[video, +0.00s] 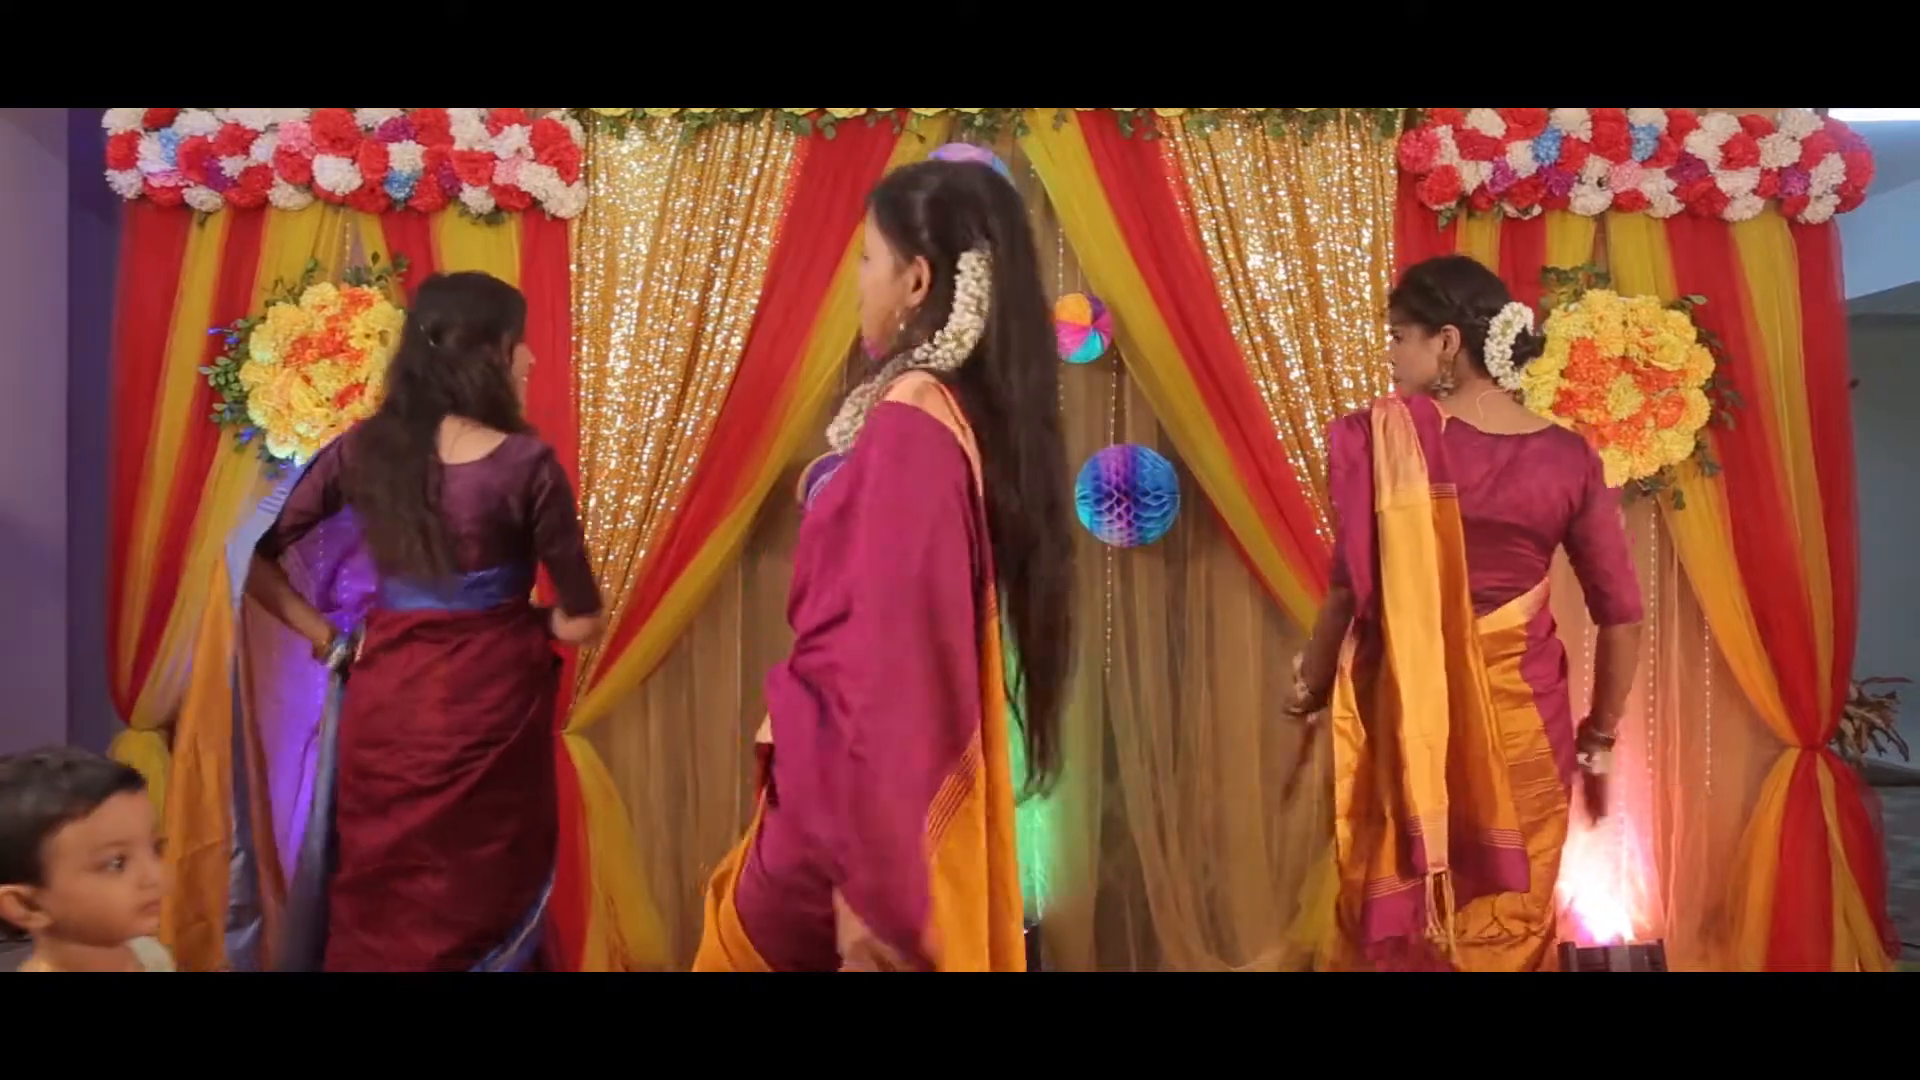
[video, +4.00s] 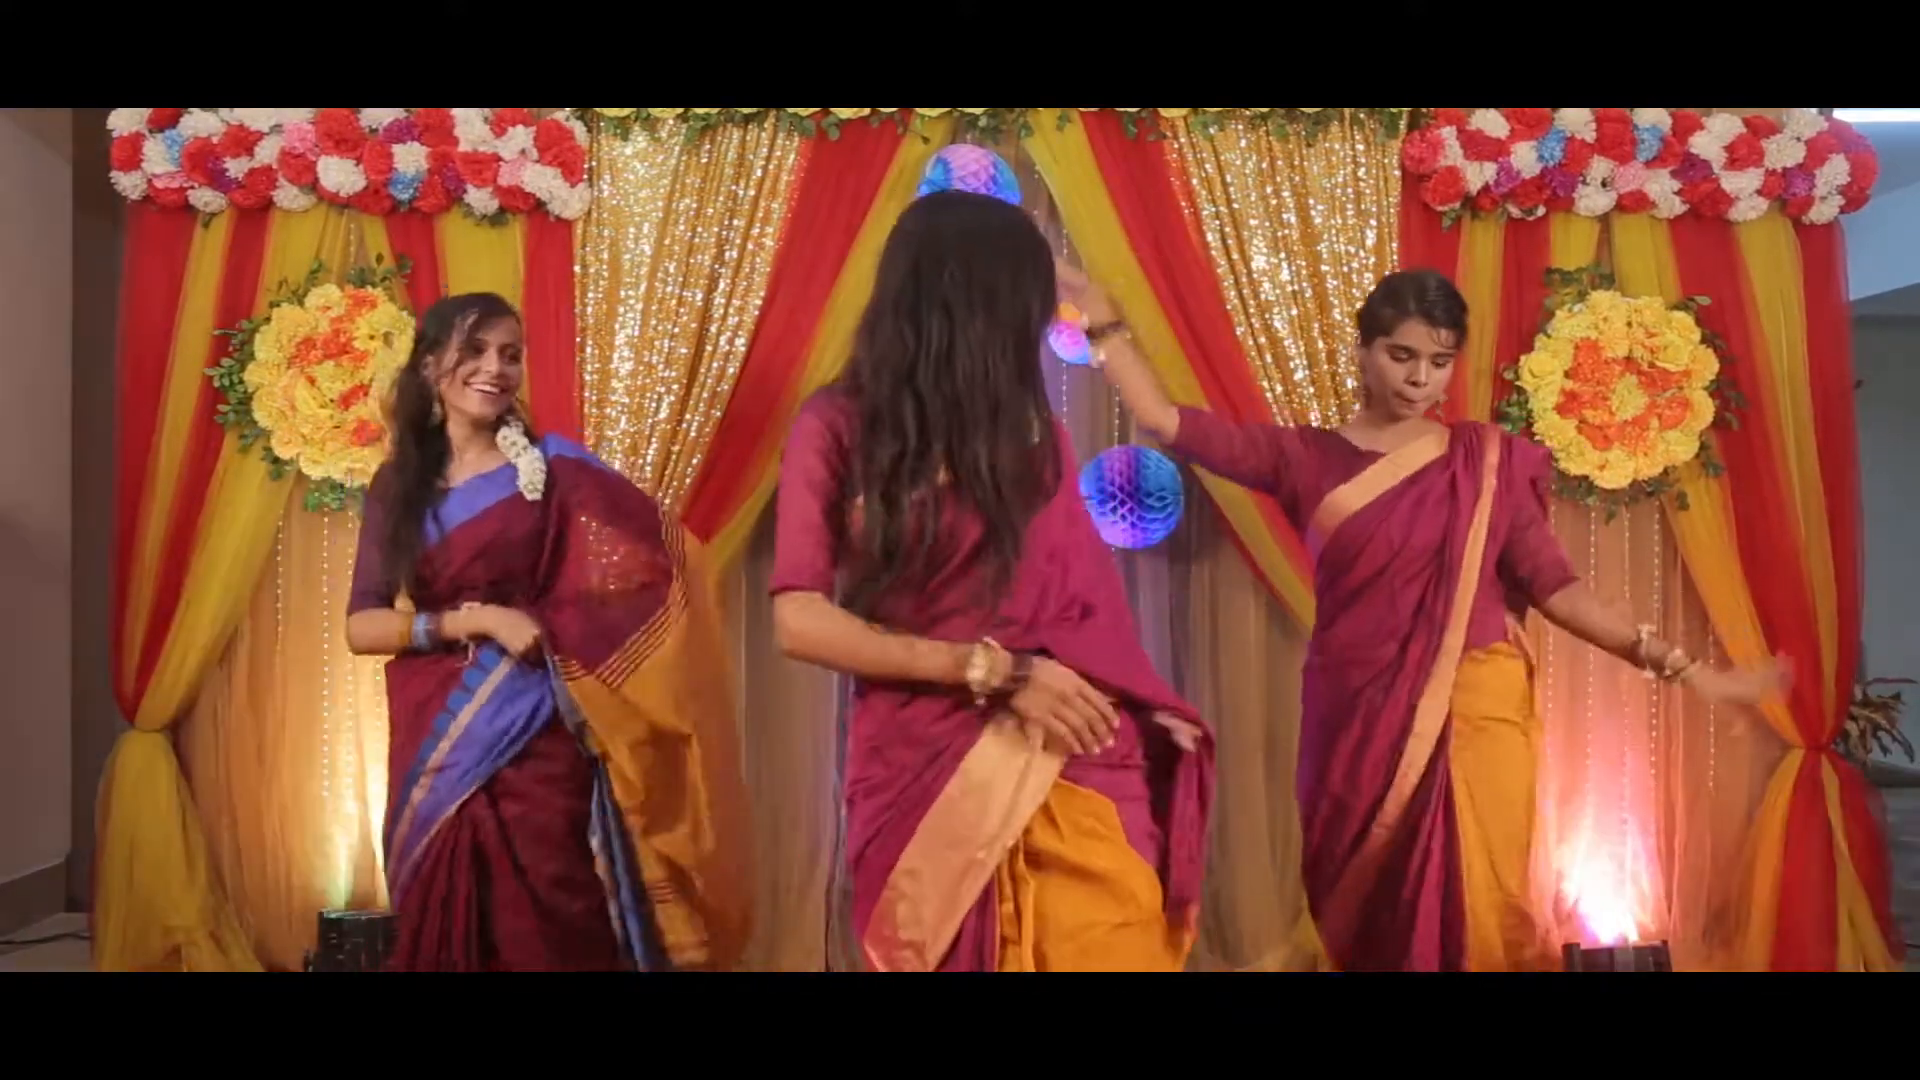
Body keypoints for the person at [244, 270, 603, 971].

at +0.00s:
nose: (530, 362)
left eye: (526, 345)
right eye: (521, 345)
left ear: (427, 350)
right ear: (485, 354)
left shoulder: (364, 447)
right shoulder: (524, 461)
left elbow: (259, 557)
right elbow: (582, 616)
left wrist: (328, 637)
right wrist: (526, 615)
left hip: (386, 686)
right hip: (492, 690)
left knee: (373, 888)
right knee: (484, 888)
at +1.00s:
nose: (430, 358)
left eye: (435, 341)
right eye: (434, 339)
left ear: (454, 350)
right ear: (524, 353)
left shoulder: (398, 439)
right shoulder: (549, 456)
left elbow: (304, 563)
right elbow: (623, 473)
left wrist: (150, 639)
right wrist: (629, 359)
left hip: (414, 667)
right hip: (504, 667)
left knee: (409, 846)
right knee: (497, 839)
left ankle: (413, 959)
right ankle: (487, 958)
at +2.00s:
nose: (448, 358)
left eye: (468, 341)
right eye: (434, 342)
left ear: (509, 355)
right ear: (421, 355)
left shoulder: (504, 439)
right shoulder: (454, 439)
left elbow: (508, 585)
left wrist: (422, 676)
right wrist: (401, 449)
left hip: (458, 714)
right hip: (424, 713)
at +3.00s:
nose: (465, 362)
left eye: (485, 346)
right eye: (445, 347)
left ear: (510, 365)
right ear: (417, 367)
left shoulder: (552, 465)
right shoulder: (401, 493)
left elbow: (678, 579)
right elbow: (356, 625)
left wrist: (557, 639)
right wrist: (443, 617)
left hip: (529, 753)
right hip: (424, 762)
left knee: (542, 939)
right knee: (434, 940)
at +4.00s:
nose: (496, 369)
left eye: (511, 355)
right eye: (475, 352)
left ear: (523, 370)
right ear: (431, 368)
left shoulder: (554, 465)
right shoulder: (400, 484)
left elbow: (671, 554)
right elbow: (363, 628)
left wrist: (576, 630)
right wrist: (476, 618)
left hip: (542, 731)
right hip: (435, 735)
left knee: (550, 925)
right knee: (446, 927)